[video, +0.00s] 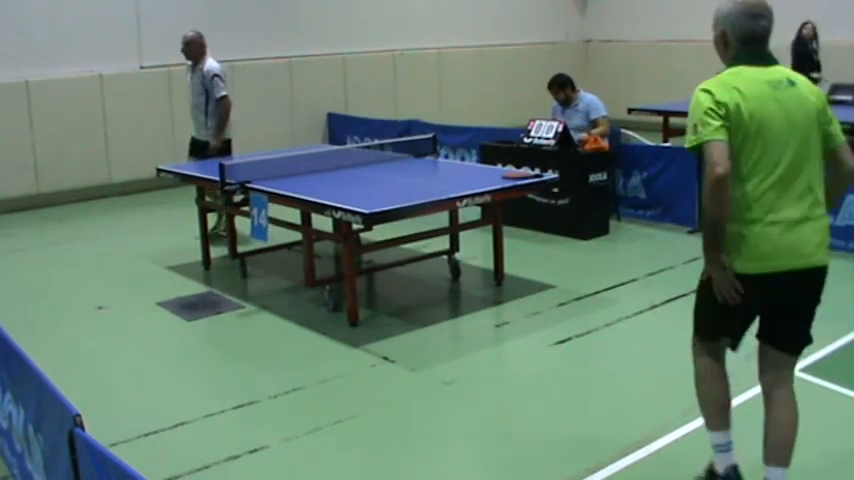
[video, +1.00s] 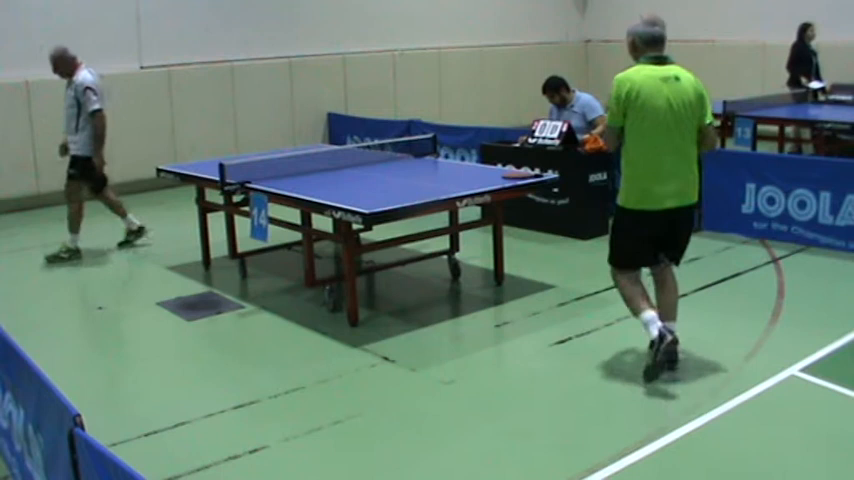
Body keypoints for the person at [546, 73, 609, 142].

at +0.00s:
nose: (555, 98)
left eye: (557, 94)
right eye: (553, 95)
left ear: (568, 89)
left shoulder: (591, 101)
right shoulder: (557, 108)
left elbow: (604, 128)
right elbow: (555, 130)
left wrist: (587, 135)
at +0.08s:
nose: (554, 98)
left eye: (556, 94)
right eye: (552, 95)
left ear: (567, 90)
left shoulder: (590, 101)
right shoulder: (556, 109)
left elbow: (604, 128)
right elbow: (554, 130)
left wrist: (587, 136)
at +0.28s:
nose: (552, 100)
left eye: (553, 96)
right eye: (550, 97)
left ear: (564, 90)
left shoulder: (587, 101)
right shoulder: (555, 108)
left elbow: (602, 127)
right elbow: (552, 130)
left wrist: (589, 136)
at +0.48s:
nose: (550, 101)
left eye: (551, 97)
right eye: (548, 97)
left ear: (562, 91)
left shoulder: (586, 101)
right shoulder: (553, 109)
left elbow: (602, 127)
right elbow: (552, 131)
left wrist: (589, 136)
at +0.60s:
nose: (550, 101)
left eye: (552, 96)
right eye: (548, 97)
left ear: (562, 91)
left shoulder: (586, 101)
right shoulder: (553, 109)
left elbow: (602, 127)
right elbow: (552, 132)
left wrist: (588, 137)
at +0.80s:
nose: (550, 101)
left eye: (552, 97)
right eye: (548, 97)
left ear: (562, 91)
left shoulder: (586, 101)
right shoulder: (554, 109)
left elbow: (603, 125)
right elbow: (552, 132)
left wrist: (590, 136)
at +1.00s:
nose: (551, 101)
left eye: (552, 97)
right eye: (549, 98)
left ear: (563, 91)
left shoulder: (586, 101)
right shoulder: (554, 108)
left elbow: (602, 124)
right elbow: (551, 130)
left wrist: (590, 136)